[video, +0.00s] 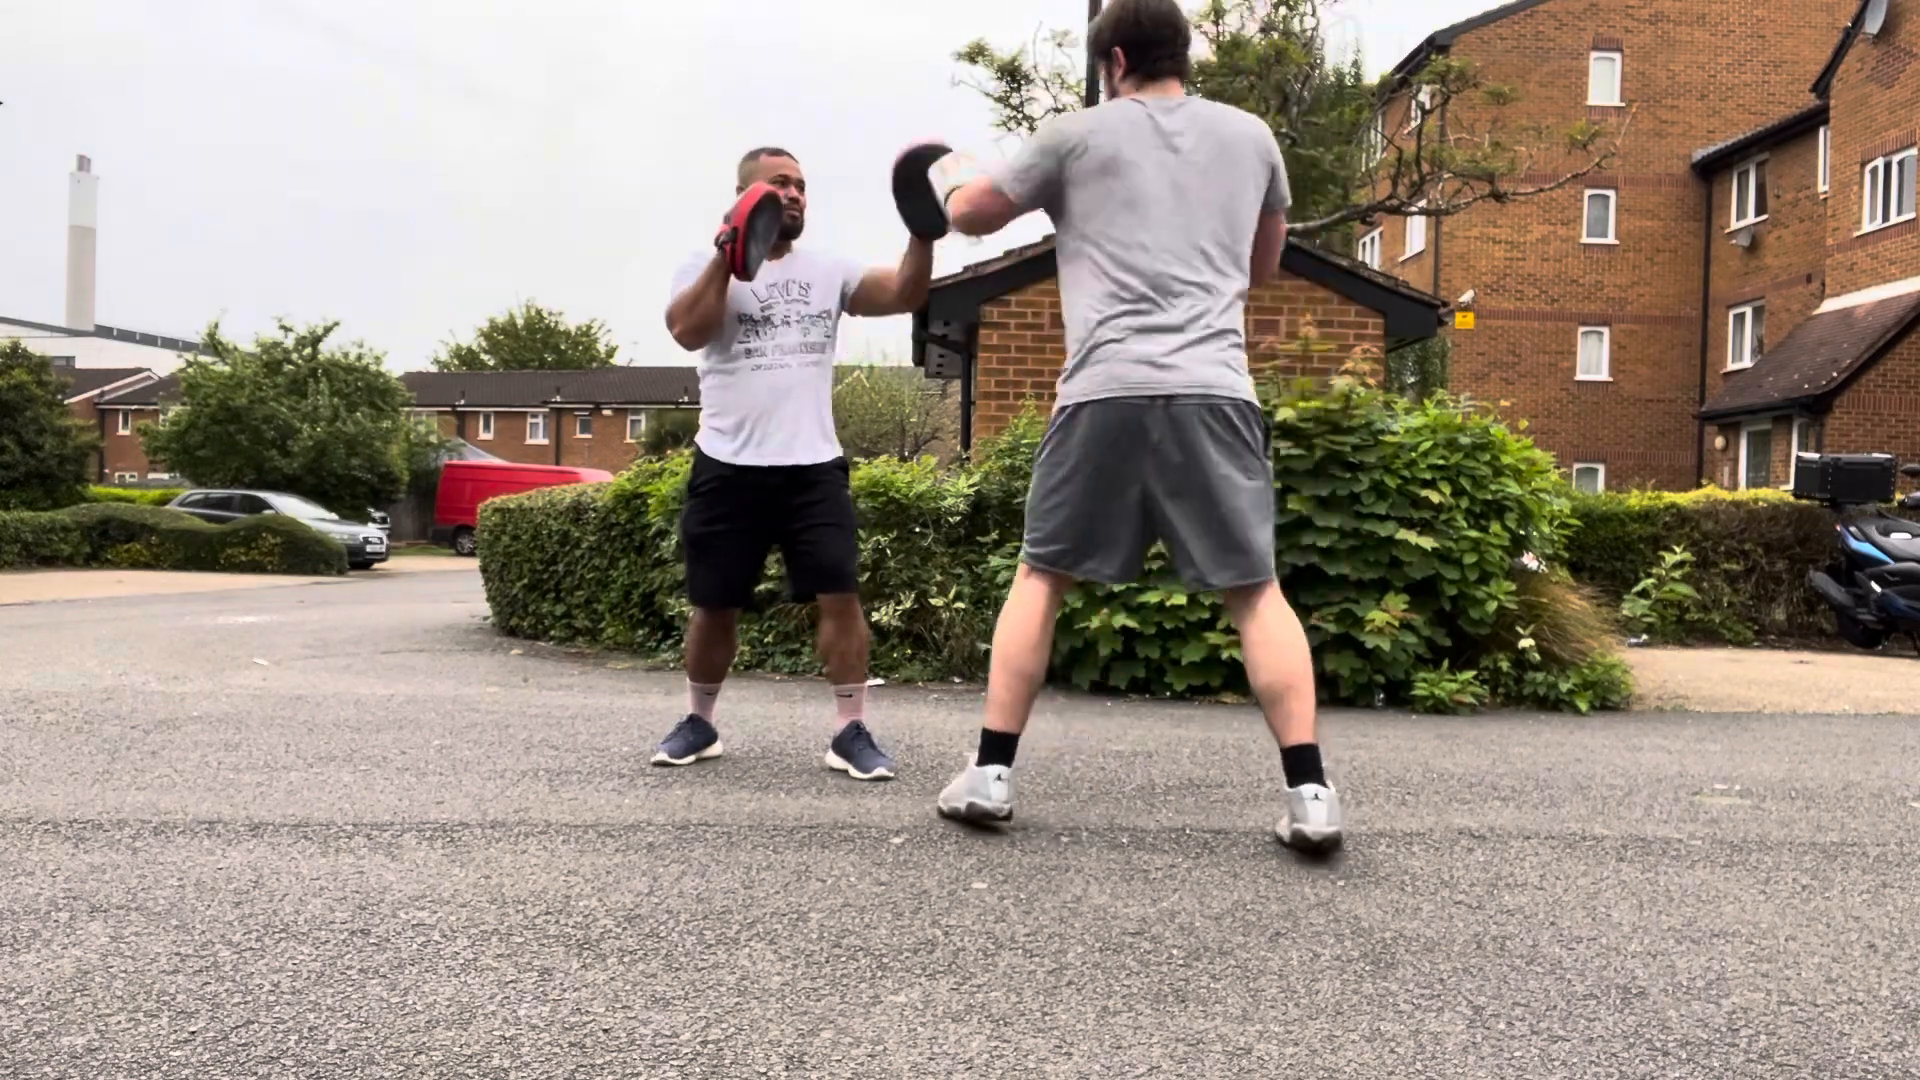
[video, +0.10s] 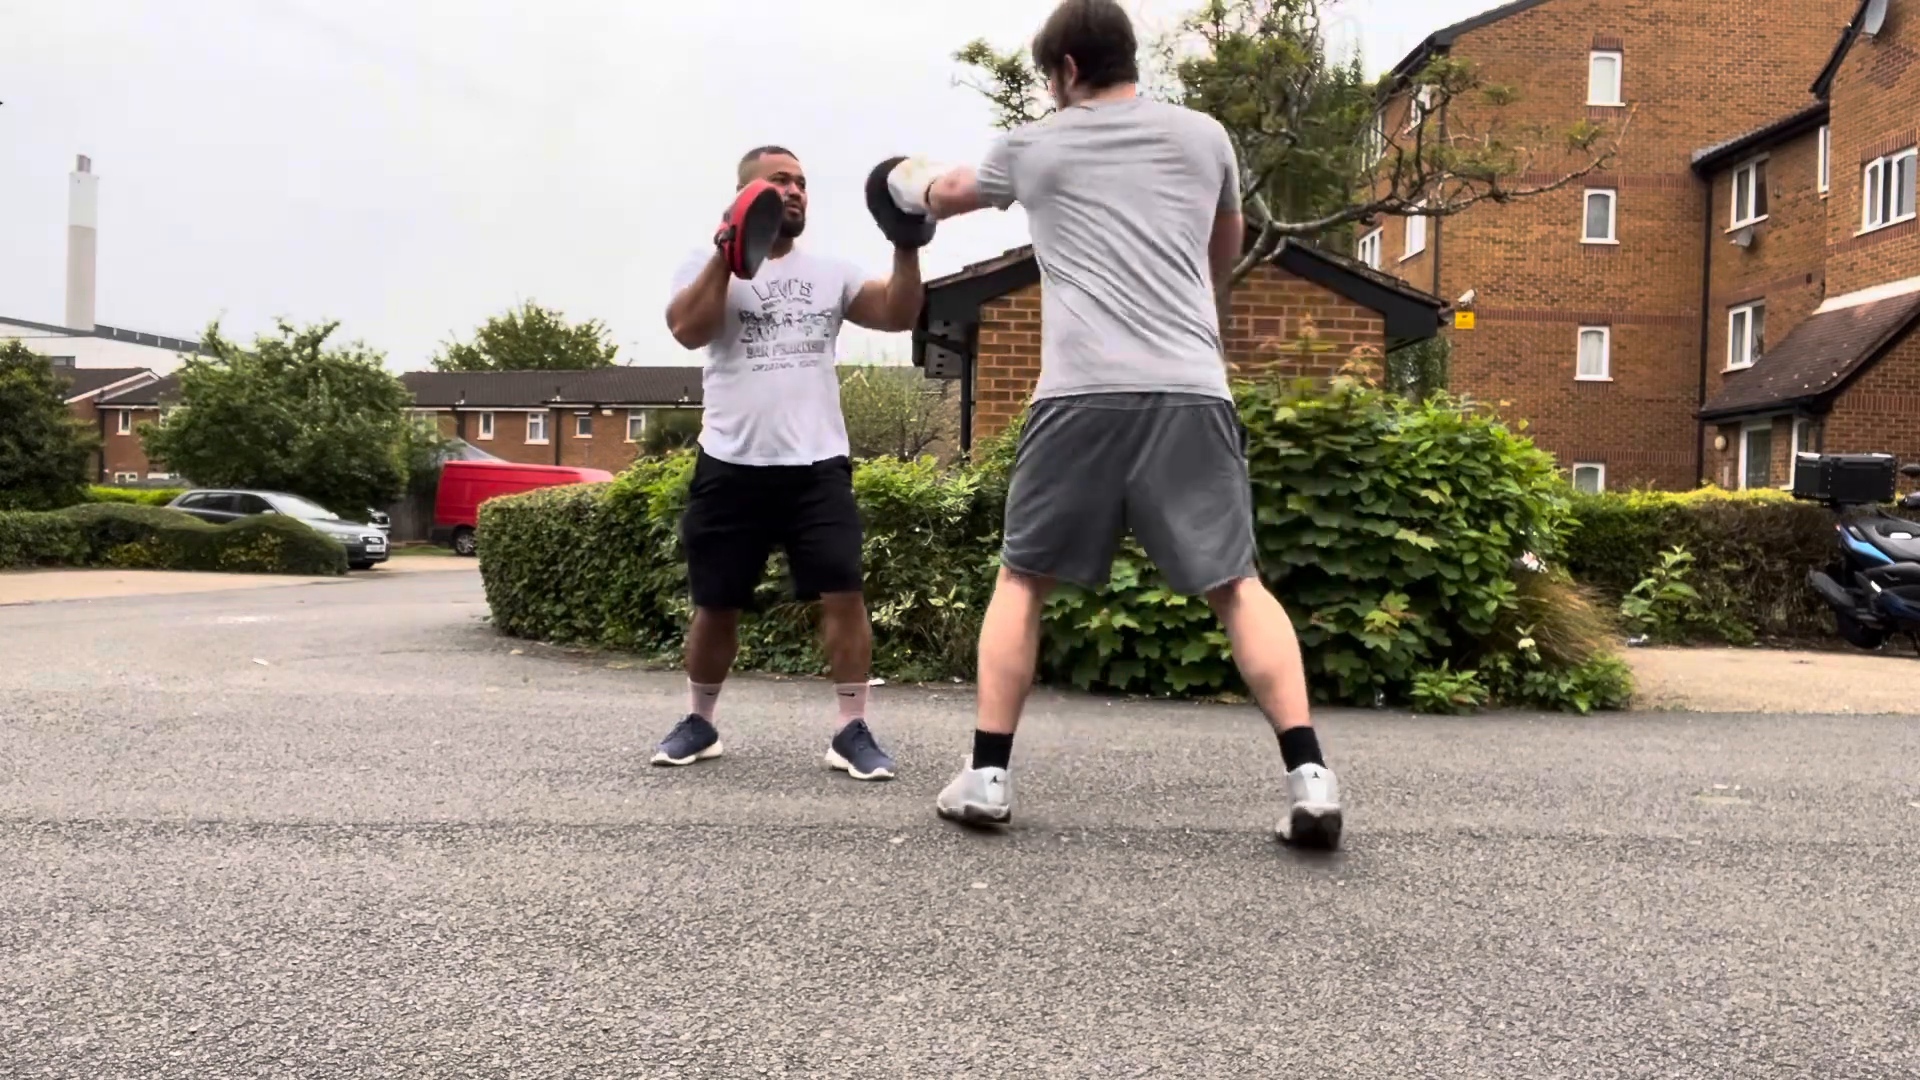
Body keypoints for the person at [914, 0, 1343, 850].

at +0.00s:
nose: (1097, 77)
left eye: (1098, 65)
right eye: (1104, 64)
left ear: (1114, 62)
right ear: (1185, 59)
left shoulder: (1077, 134)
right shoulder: (1253, 135)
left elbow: (970, 216)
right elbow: (1261, 268)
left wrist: (961, 178)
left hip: (1101, 394)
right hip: (1215, 394)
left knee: (1041, 575)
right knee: (1257, 592)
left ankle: (990, 772)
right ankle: (1310, 790)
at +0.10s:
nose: (1050, 87)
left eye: (1048, 76)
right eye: (1049, 77)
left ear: (1068, 69)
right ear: (1133, 61)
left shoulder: (1040, 144)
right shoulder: (1206, 135)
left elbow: (949, 194)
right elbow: (1226, 252)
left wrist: (924, 182)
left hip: (1079, 393)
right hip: (1194, 392)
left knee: (1022, 578)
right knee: (1238, 584)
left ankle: (988, 776)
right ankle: (1310, 775)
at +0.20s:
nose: (1002, 89)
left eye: (1000, 76)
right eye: (1000, 77)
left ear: (1021, 65)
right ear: (1084, 57)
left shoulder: (999, 139)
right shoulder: (1161, 130)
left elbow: (933, 243)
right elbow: (1142, 230)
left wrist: (919, 239)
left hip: (1085, 380)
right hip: (1191, 378)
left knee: (1019, 576)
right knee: (1219, 576)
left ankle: (988, 776)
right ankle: (1305, 758)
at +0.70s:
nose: (1108, 77)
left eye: (1107, 63)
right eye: (1109, 62)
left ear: (1125, 56)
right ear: (1200, 52)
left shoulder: (1090, 141)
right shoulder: (1265, 149)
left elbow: (1037, 259)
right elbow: (1241, 254)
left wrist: (1044, 178)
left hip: (1097, 411)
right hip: (1215, 406)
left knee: (1024, 577)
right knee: (1265, 599)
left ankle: (992, 775)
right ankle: (1340, 797)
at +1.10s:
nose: (1018, 82)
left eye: (1017, 68)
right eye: (1018, 68)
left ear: (1033, 64)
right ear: (1108, 54)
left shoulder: (1030, 148)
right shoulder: (1169, 127)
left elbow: (979, 297)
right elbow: (1144, 240)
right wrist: (1028, 245)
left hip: (1111, 400)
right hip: (1214, 383)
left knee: (1026, 582)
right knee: (1260, 585)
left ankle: (993, 786)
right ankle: (1346, 789)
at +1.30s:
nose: (973, 123)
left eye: (966, 106)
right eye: (969, 107)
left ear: (980, 98)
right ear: (1044, 81)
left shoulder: (1032, 165)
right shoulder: (1104, 142)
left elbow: (1059, 299)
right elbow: (1039, 262)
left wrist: (976, 366)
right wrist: (948, 254)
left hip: (1128, 400)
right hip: (1221, 387)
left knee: (1023, 579)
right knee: (1252, 585)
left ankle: (992, 786)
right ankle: (1345, 783)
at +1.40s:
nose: (982, 112)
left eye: (977, 99)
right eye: (981, 99)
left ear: (989, 94)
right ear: (1059, 77)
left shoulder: (1016, 171)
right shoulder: (1141, 141)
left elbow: (1021, 310)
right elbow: (1166, 264)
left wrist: (952, 383)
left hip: (1110, 404)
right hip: (1219, 386)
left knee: (1023, 579)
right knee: (1258, 586)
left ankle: (993, 785)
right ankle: (1345, 783)